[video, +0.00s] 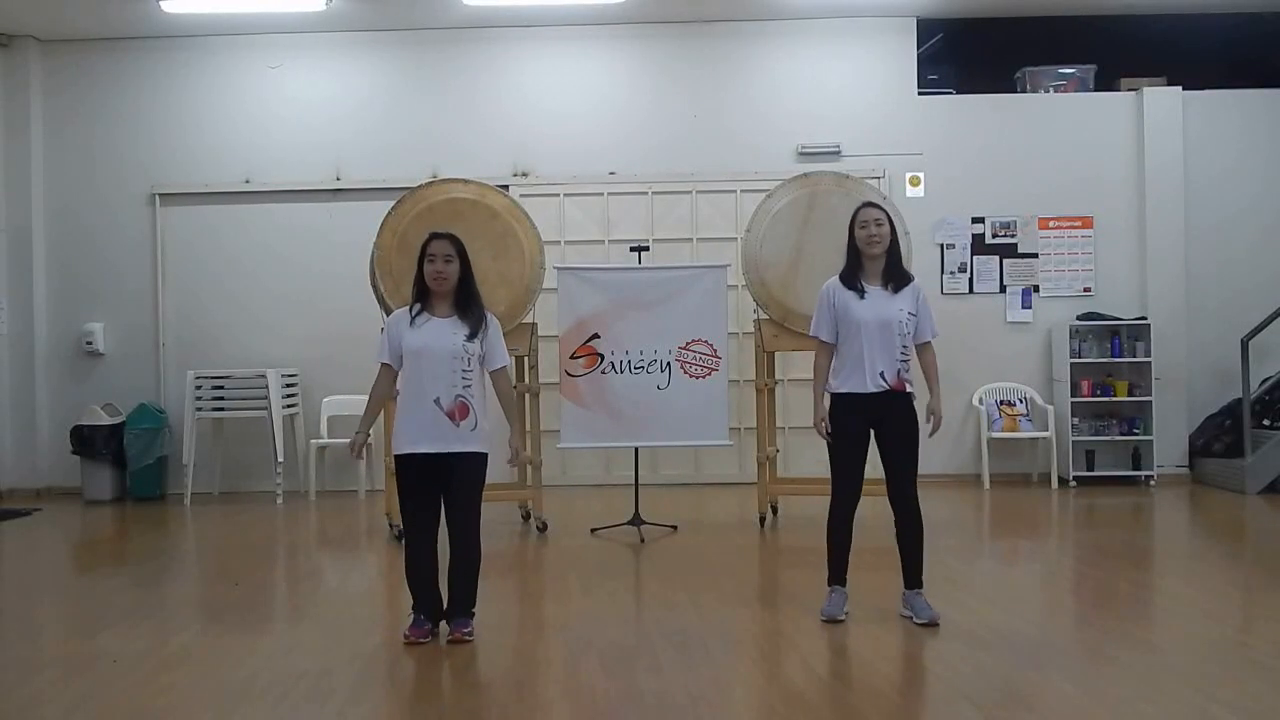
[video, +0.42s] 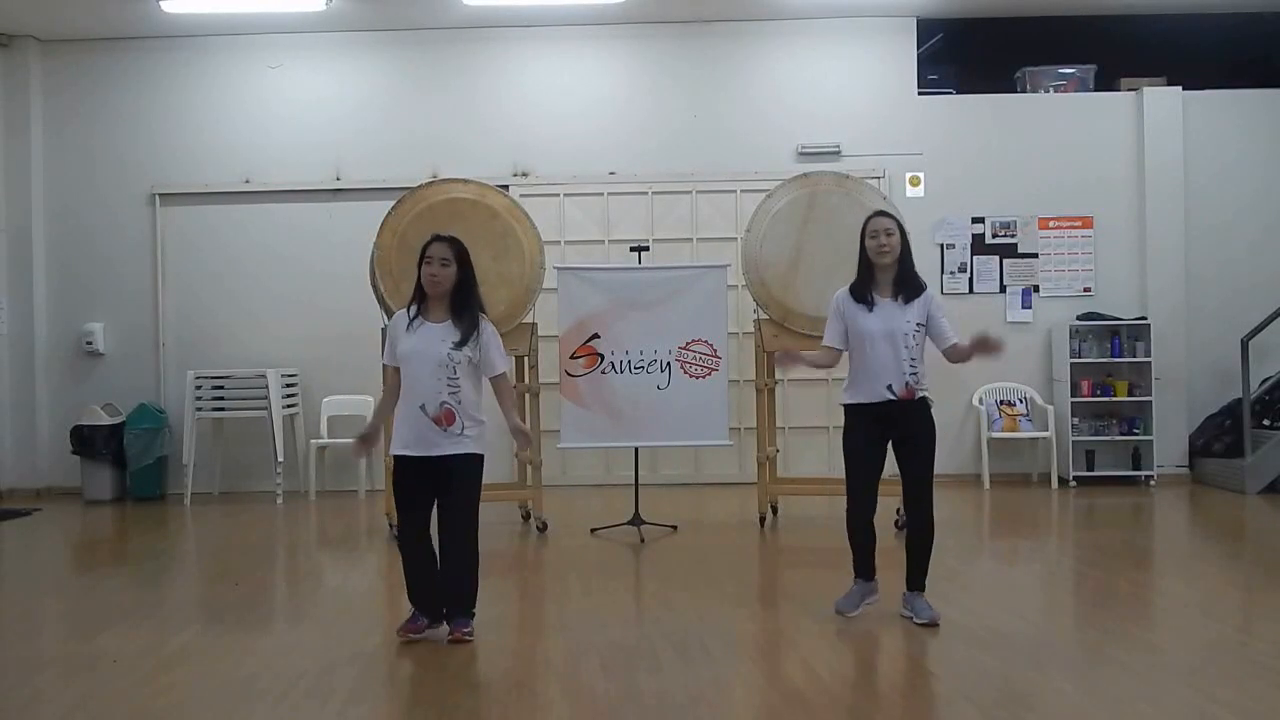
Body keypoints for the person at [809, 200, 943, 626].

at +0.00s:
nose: (872, 231)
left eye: (879, 224)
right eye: (864, 225)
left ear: (892, 232)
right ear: (853, 236)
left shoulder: (910, 289)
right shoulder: (835, 290)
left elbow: (924, 346)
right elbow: (823, 348)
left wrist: (934, 395)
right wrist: (819, 400)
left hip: (897, 405)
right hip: (847, 406)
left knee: (905, 499)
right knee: (843, 499)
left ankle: (914, 593)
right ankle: (836, 591)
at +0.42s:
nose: (882, 241)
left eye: (889, 234)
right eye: (874, 236)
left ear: (902, 241)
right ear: (863, 245)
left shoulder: (922, 296)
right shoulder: (846, 300)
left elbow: (951, 352)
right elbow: (830, 357)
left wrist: (973, 348)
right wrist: (797, 354)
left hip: (913, 412)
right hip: (862, 413)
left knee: (920, 506)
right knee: (859, 507)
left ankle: (915, 594)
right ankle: (864, 584)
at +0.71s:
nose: (865, 234)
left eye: (872, 228)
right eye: (857, 229)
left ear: (886, 236)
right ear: (847, 240)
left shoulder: (903, 287)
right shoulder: (835, 285)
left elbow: (899, 328)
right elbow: (815, 323)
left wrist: (879, 285)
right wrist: (822, 277)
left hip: (885, 405)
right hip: (835, 404)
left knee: (900, 502)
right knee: (815, 500)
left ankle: (914, 595)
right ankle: (787, 595)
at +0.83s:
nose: (854, 241)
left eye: (862, 234)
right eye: (846, 235)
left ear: (875, 242)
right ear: (835, 243)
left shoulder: (888, 294)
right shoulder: (816, 289)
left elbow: (884, 341)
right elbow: (811, 334)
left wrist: (845, 303)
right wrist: (833, 295)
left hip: (862, 411)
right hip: (812, 408)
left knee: (887, 506)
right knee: (800, 505)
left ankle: (912, 595)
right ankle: (778, 596)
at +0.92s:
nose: (846, 243)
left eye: (854, 237)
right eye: (838, 237)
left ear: (864, 247)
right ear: (825, 245)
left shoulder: (874, 303)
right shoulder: (800, 293)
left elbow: (890, 362)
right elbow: (777, 349)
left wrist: (874, 338)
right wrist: (797, 331)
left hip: (841, 413)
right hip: (794, 409)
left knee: (873, 507)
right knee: (790, 508)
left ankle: (894, 591)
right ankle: (777, 597)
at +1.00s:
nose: (842, 241)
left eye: (849, 235)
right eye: (834, 234)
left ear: (859, 247)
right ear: (819, 244)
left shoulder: (866, 305)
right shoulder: (793, 293)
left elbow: (887, 365)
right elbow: (758, 343)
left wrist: (902, 344)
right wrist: (761, 335)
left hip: (834, 414)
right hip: (788, 412)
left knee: (859, 506)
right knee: (789, 506)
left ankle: (862, 584)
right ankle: (777, 597)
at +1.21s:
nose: (834, 237)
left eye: (841, 232)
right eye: (825, 231)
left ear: (849, 243)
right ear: (810, 242)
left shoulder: (852, 299)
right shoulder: (787, 294)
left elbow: (857, 354)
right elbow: (756, 344)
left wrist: (905, 363)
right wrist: (739, 343)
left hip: (834, 415)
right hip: (791, 412)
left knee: (827, 513)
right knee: (792, 507)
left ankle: (791, 584)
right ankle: (776, 595)